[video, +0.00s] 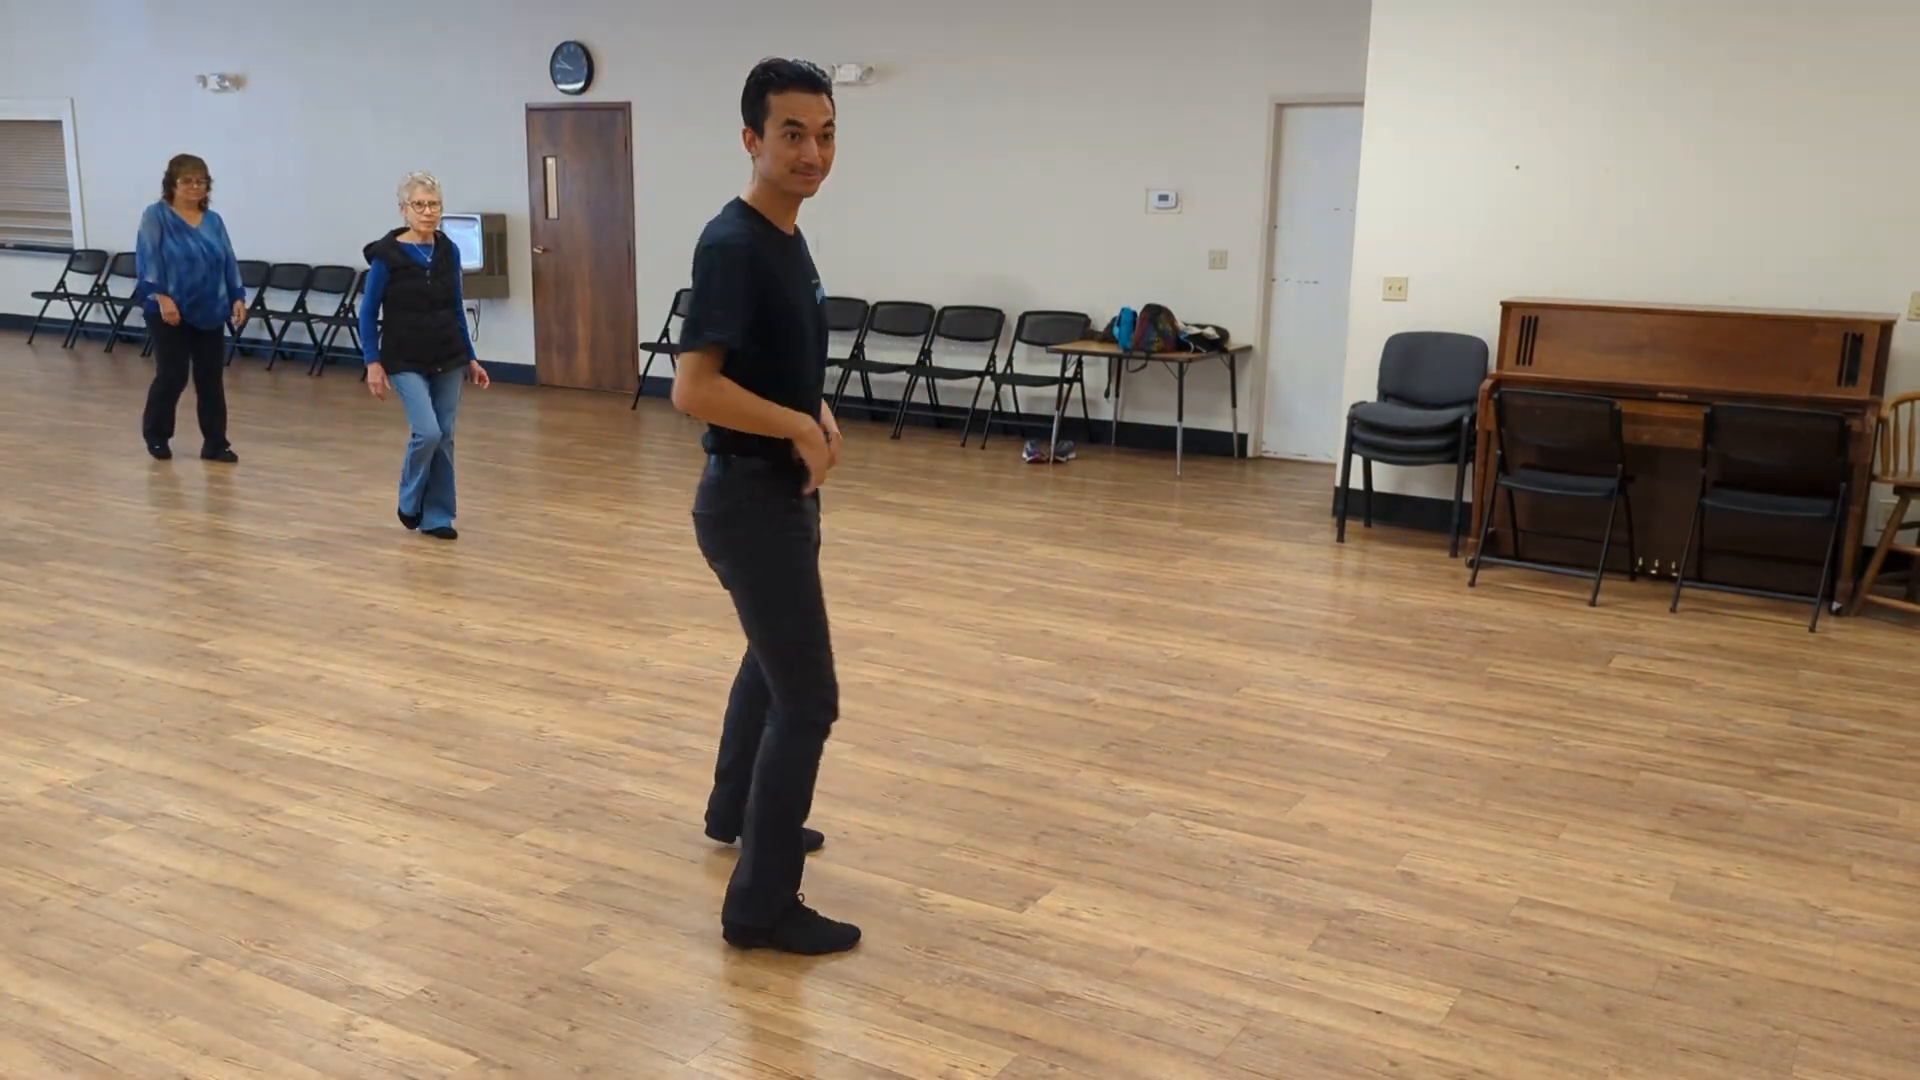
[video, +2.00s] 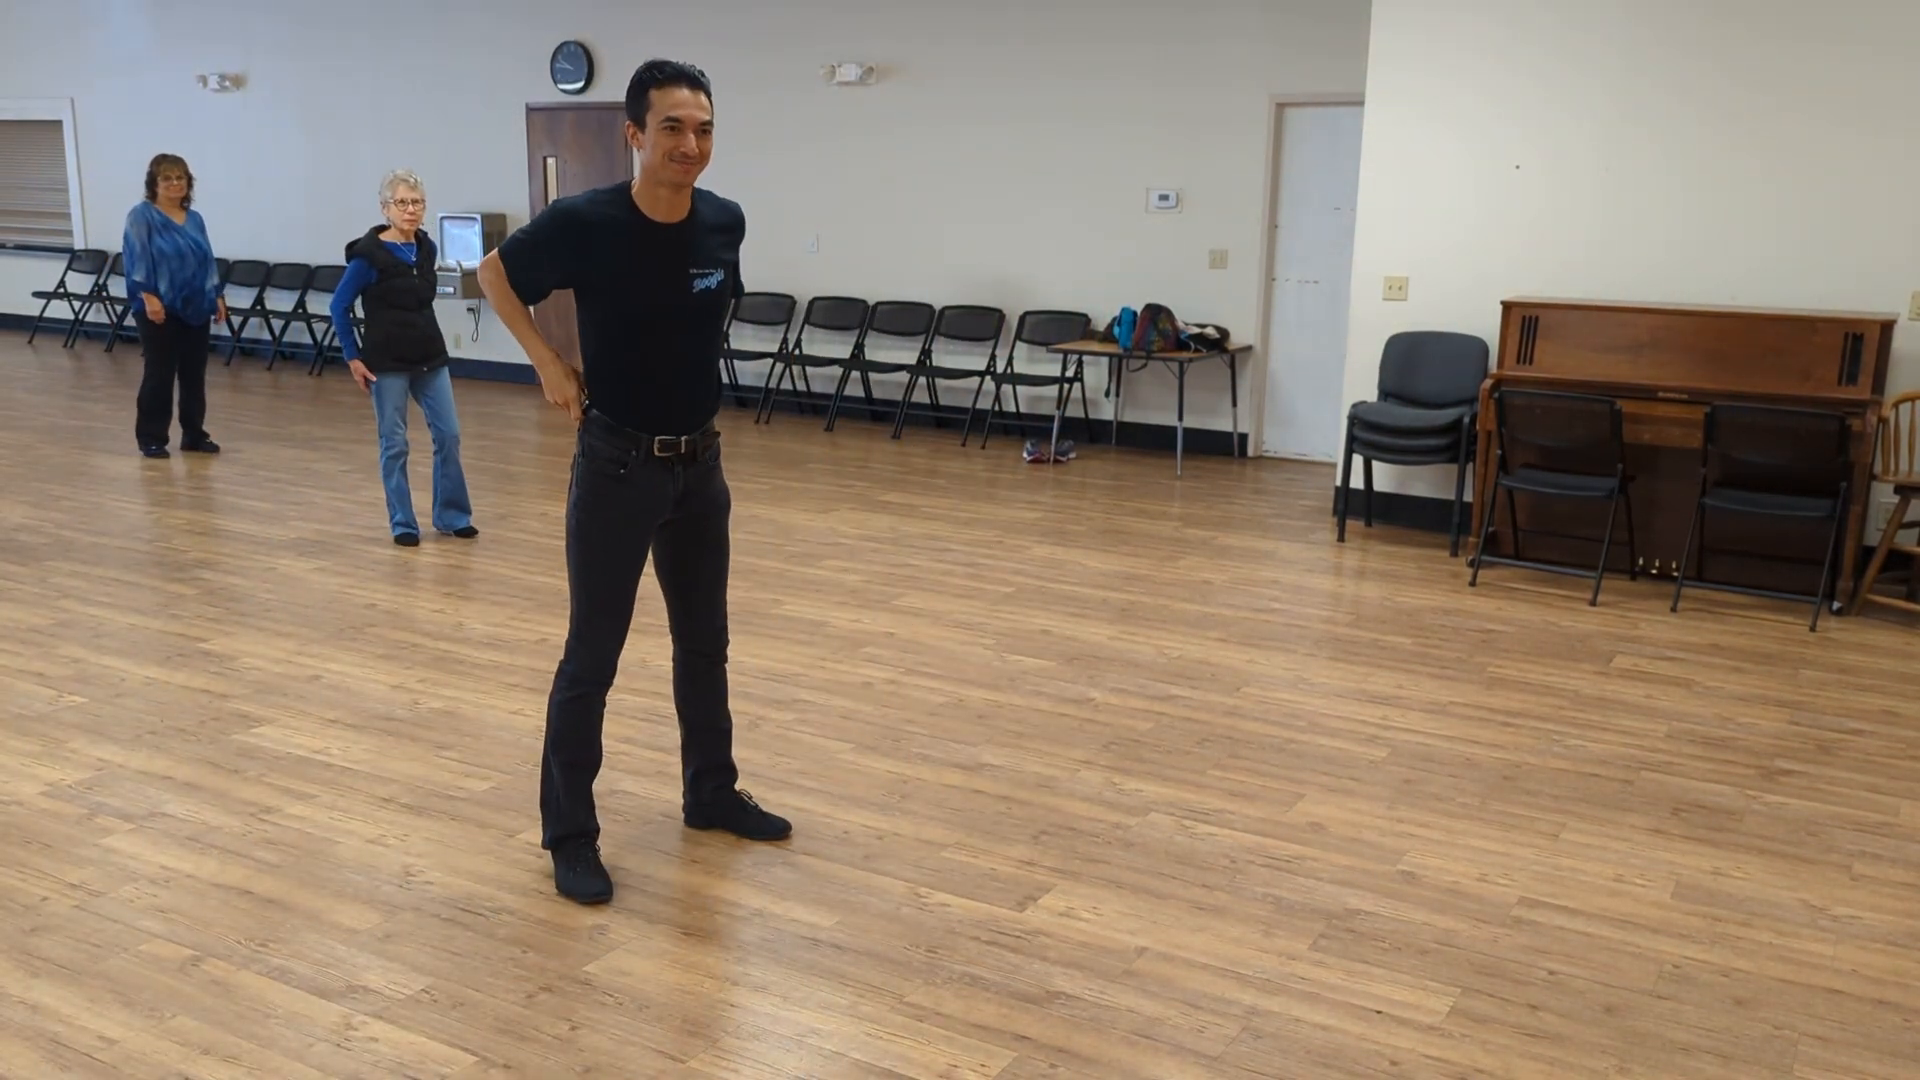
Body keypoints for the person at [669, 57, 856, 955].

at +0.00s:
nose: (813, 152)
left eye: (825, 136)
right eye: (794, 134)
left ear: (835, 145)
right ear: (752, 139)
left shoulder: (786, 238)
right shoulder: (732, 244)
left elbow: (778, 358)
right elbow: (695, 387)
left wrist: (815, 413)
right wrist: (799, 427)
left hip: (780, 490)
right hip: (751, 500)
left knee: (774, 657)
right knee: (808, 698)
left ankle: (737, 807)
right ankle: (760, 908)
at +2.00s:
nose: (690, 143)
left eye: (702, 129)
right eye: (672, 128)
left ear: (713, 139)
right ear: (635, 134)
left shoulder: (723, 223)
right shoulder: (587, 222)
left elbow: (701, 308)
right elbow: (497, 274)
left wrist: (680, 375)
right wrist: (550, 366)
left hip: (698, 466)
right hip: (616, 469)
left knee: (704, 645)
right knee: (591, 660)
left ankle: (710, 794)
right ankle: (571, 838)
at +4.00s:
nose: (793, 171)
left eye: (797, 155)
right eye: (777, 154)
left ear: (782, 159)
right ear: (723, 152)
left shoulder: (764, 236)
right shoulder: (652, 235)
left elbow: (710, 323)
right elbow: (532, 285)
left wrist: (719, 406)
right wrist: (604, 385)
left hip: (739, 485)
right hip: (663, 488)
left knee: (771, 661)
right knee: (623, 672)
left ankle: (798, 827)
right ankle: (574, 838)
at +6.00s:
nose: (941, 142)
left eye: (943, 127)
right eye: (925, 125)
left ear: (913, 139)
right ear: (870, 131)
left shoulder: (914, 261)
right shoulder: (820, 244)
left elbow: (910, 399)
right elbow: (776, 391)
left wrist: (962, 493)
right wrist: (819, 517)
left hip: (904, 505)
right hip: (832, 509)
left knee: (888, 697)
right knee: (814, 720)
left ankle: (872, 857)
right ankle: (769, 919)